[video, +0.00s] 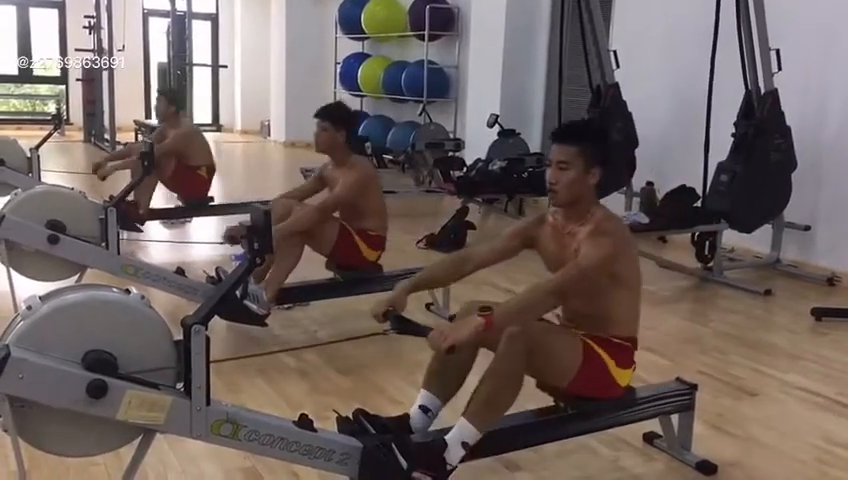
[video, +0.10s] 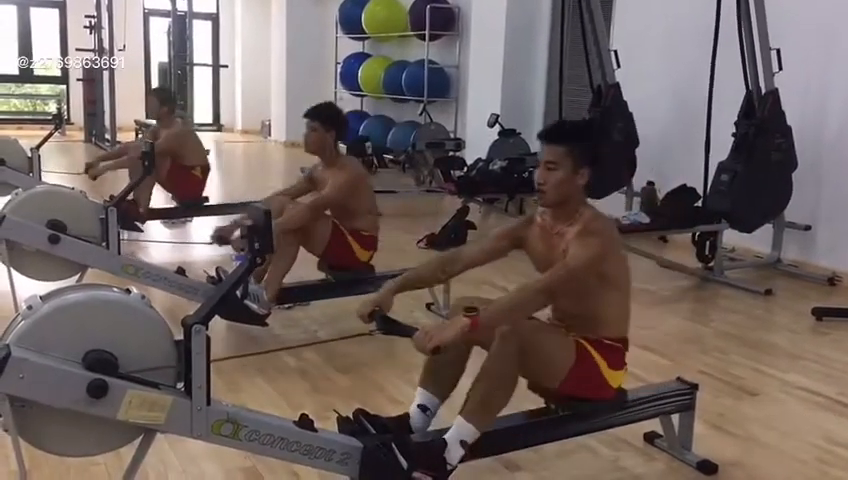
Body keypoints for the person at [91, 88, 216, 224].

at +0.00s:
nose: (156, 107)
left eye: (160, 103)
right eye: (157, 102)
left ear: (172, 109)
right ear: (170, 110)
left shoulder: (182, 134)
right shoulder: (166, 130)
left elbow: (148, 157)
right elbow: (141, 148)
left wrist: (114, 167)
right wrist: (107, 158)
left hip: (198, 186)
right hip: (188, 181)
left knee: (152, 162)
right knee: (141, 159)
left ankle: (141, 209)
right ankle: (139, 207)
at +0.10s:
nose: (147, 107)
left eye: (151, 103)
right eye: (148, 103)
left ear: (164, 109)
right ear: (164, 110)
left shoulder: (175, 133)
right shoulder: (161, 128)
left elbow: (140, 157)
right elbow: (133, 147)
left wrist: (105, 168)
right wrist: (99, 158)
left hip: (192, 187)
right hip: (184, 182)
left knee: (145, 161)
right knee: (138, 154)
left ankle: (141, 209)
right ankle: (139, 206)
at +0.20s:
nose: (137, 107)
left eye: (141, 104)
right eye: (139, 103)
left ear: (154, 109)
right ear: (154, 110)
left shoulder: (166, 133)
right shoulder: (153, 129)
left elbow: (129, 153)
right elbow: (121, 146)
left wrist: (92, 167)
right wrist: (87, 159)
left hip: (185, 187)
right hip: (179, 184)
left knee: (137, 155)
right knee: (133, 153)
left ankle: (142, 206)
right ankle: (138, 203)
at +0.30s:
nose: (130, 107)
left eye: (134, 104)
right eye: (131, 103)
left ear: (147, 111)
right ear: (146, 111)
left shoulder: (156, 131)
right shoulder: (141, 129)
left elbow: (119, 152)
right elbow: (114, 145)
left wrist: (78, 165)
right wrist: (76, 157)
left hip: (184, 183)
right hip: (175, 180)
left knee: (134, 154)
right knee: (130, 151)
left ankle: (142, 206)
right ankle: (138, 202)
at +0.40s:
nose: (128, 107)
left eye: (132, 104)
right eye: (130, 103)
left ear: (145, 111)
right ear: (144, 111)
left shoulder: (154, 132)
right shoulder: (140, 129)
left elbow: (114, 153)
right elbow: (111, 145)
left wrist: (73, 160)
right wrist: (73, 153)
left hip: (184, 182)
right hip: (176, 178)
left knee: (139, 155)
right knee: (131, 152)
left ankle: (144, 206)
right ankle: (140, 203)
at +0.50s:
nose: (137, 107)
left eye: (141, 104)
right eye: (138, 103)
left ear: (154, 111)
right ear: (151, 111)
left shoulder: (162, 129)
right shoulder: (149, 126)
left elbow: (121, 149)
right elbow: (118, 142)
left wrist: (79, 156)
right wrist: (79, 150)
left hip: (190, 180)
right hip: (181, 176)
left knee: (146, 152)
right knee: (138, 151)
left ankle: (143, 205)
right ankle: (141, 204)